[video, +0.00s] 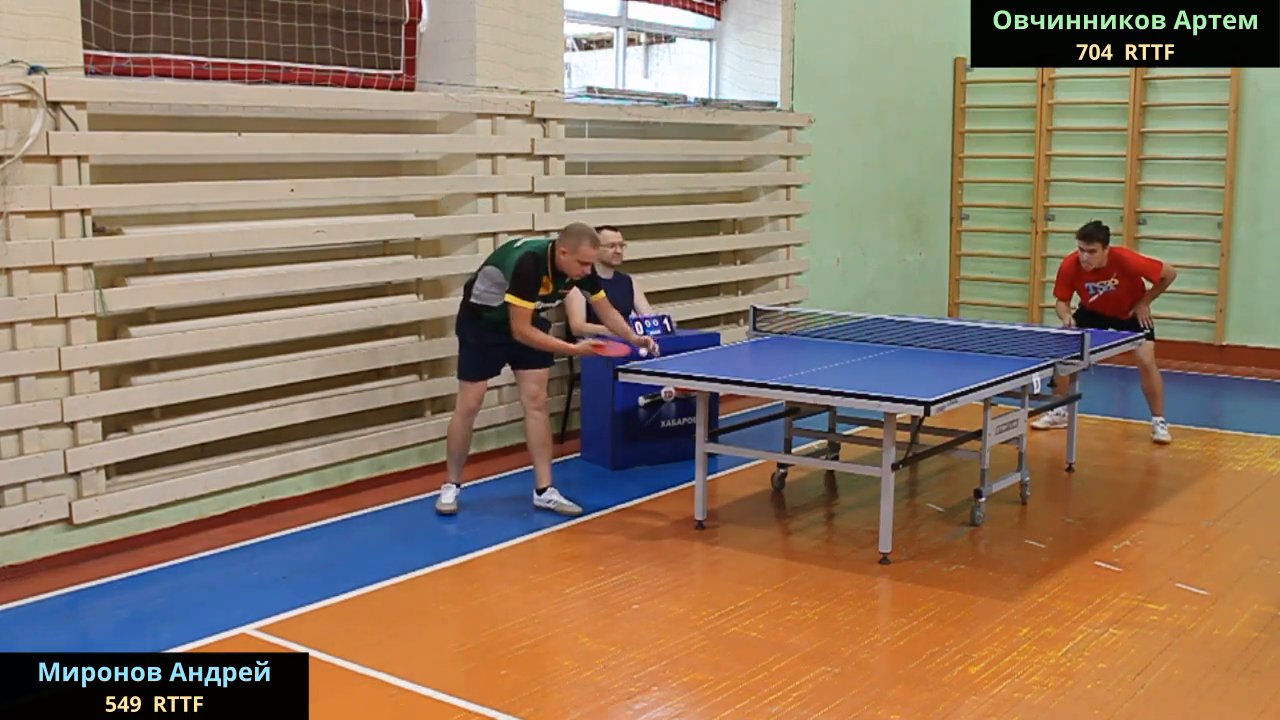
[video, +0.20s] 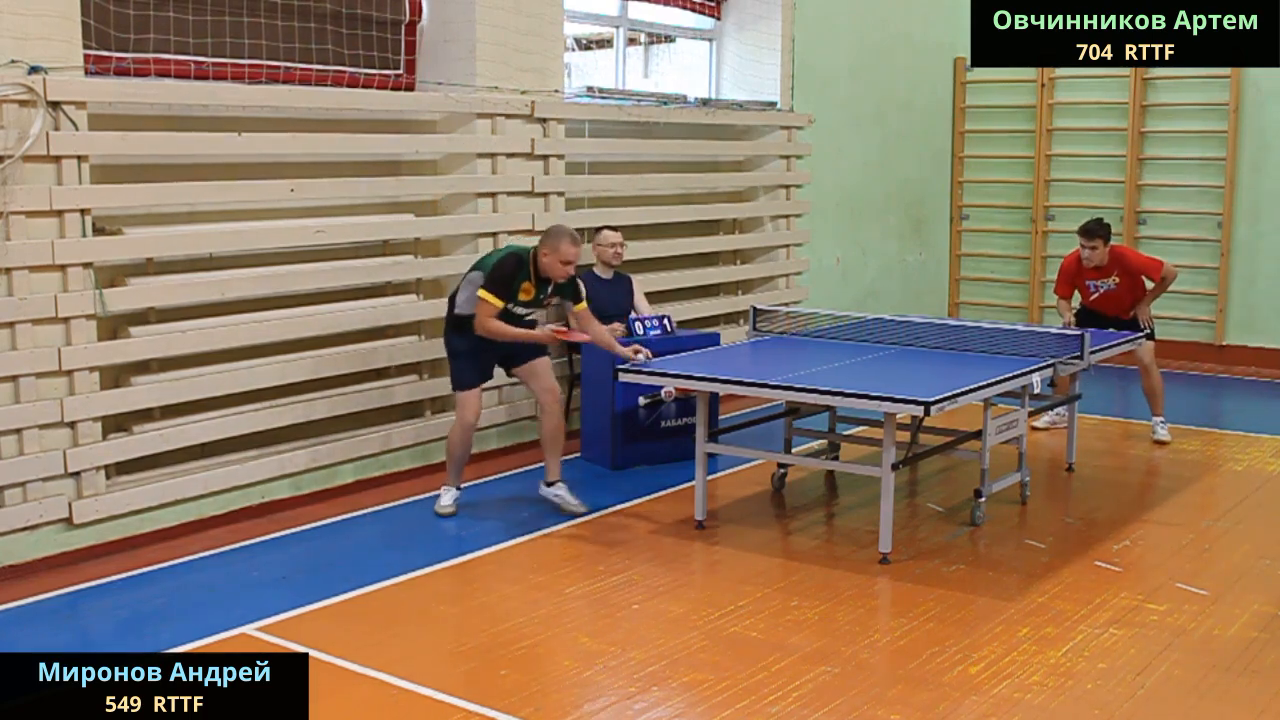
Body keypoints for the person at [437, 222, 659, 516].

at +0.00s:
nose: (588, 271)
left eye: (591, 265)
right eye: (583, 264)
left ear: (593, 259)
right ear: (562, 253)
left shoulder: (580, 268)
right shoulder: (529, 262)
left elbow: (606, 309)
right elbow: (521, 330)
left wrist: (632, 337)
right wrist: (572, 349)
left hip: (526, 322)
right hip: (481, 321)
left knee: (536, 400)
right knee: (469, 404)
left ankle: (544, 490)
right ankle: (451, 485)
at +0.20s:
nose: (571, 271)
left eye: (574, 264)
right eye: (566, 263)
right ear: (543, 254)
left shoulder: (565, 279)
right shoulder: (509, 266)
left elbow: (588, 323)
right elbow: (481, 324)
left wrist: (622, 351)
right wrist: (535, 336)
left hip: (516, 328)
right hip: (468, 330)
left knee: (551, 396)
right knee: (468, 416)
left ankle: (553, 483)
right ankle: (451, 487)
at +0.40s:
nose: (566, 280)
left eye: (569, 273)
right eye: (559, 273)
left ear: (569, 273)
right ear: (536, 271)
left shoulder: (561, 297)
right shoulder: (503, 283)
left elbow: (588, 341)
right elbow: (476, 339)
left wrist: (630, 353)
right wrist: (524, 326)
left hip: (513, 352)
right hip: (469, 357)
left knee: (562, 409)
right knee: (477, 440)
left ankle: (596, 496)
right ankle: (452, 490)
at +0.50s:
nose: (568, 282)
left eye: (570, 275)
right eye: (560, 276)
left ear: (570, 274)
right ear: (537, 276)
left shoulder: (565, 302)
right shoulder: (501, 293)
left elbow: (597, 344)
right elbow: (476, 351)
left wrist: (639, 353)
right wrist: (524, 339)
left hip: (526, 361)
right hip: (481, 368)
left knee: (578, 410)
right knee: (488, 450)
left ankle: (599, 498)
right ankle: (455, 487)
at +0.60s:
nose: (566, 277)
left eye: (567, 270)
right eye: (558, 271)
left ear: (568, 269)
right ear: (534, 273)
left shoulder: (567, 296)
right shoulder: (499, 297)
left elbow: (608, 333)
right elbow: (475, 352)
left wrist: (647, 336)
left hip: (535, 363)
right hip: (491, 367)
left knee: (587, 411)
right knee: (493, 457)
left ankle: (599, 498)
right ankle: (457, 487)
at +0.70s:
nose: (562, 263)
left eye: (562, 255)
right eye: (554, 257)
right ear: (530, 262)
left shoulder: (568, 285)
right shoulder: (497, 289)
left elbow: (611, 313)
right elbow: (464, 337)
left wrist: (639, 300)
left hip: (540, 365)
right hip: (494, 371)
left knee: (590, 411)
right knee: (492, 455)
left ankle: (600, 498)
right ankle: (456, 488)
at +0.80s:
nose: (558, 248)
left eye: (558, 240)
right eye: (549, 241)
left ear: (556, 243)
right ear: (525, 247)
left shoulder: (565, 271)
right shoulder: (493, 275)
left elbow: (613, 298)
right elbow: (445, 312)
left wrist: (634, 289)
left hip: (541, 359)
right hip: (495, 365)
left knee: (588, 410)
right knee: (489, 451)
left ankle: (600, 498)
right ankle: (454, 488)